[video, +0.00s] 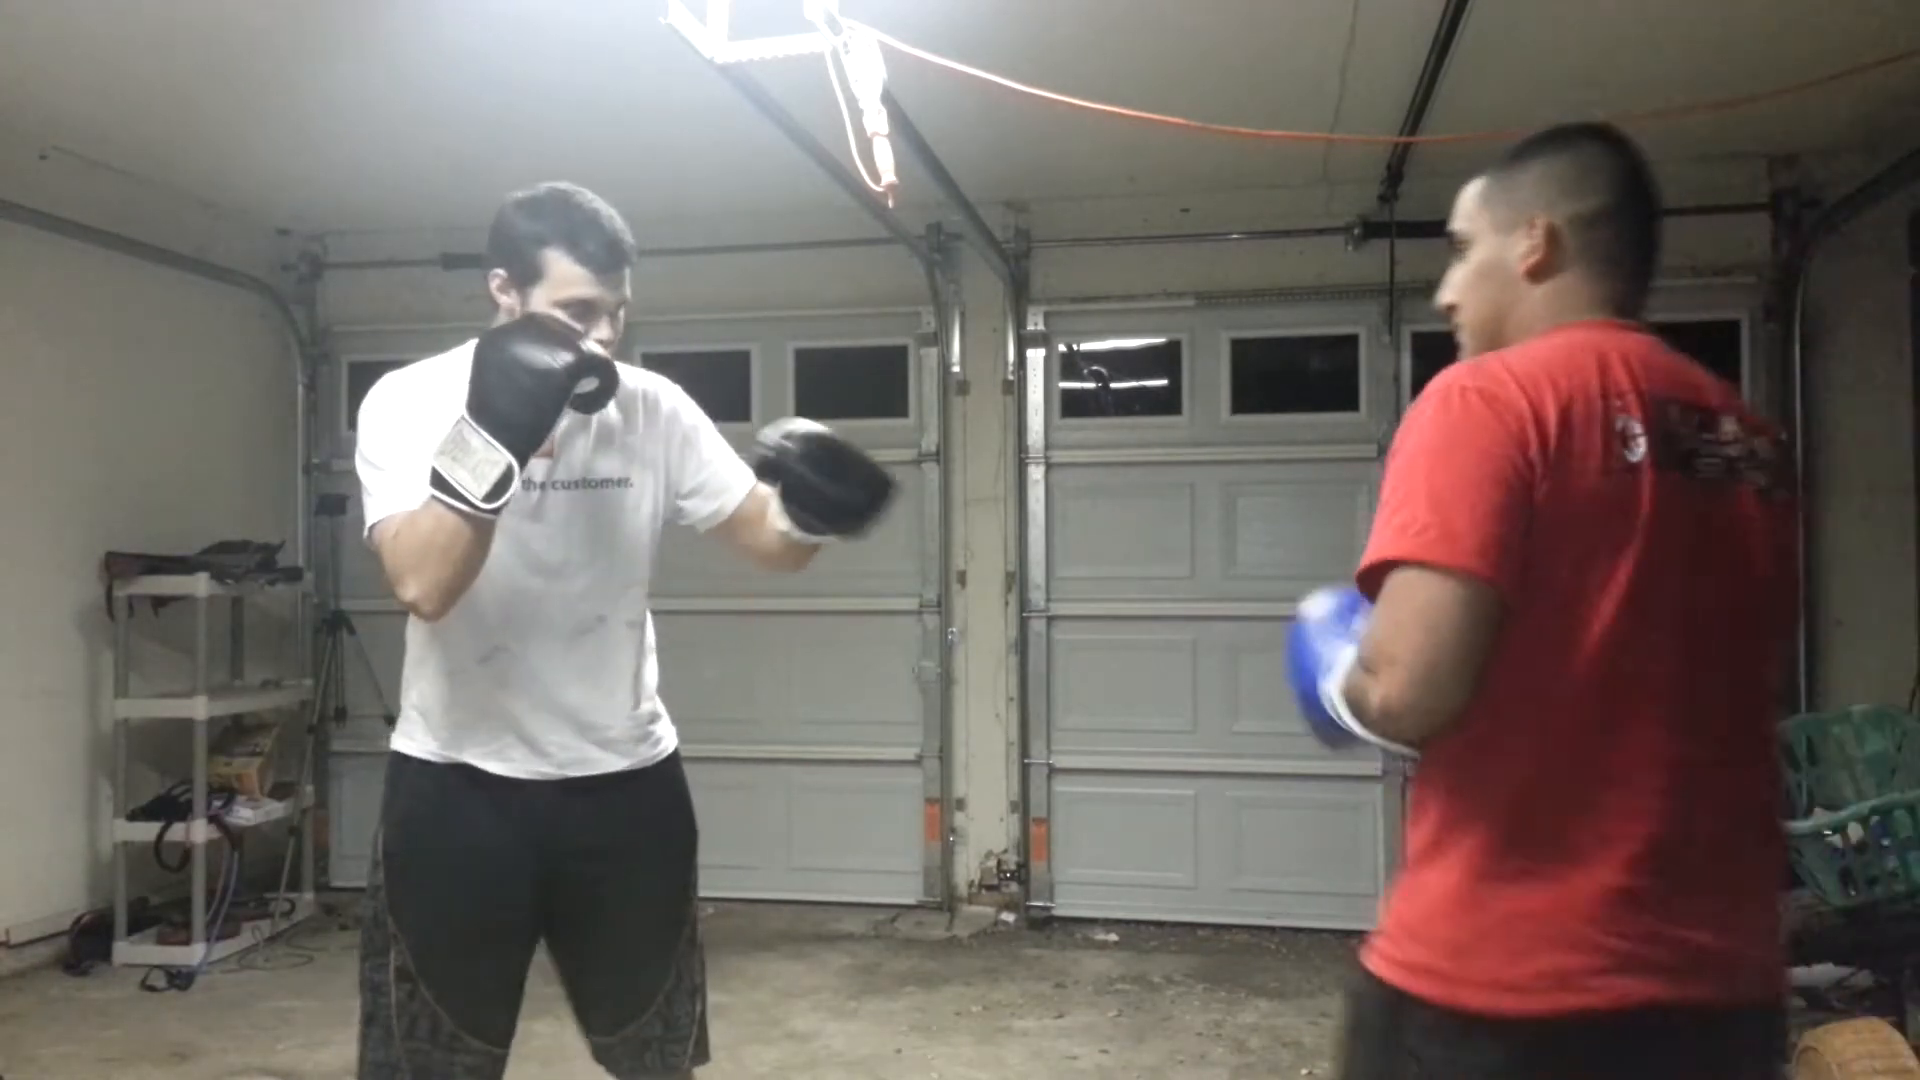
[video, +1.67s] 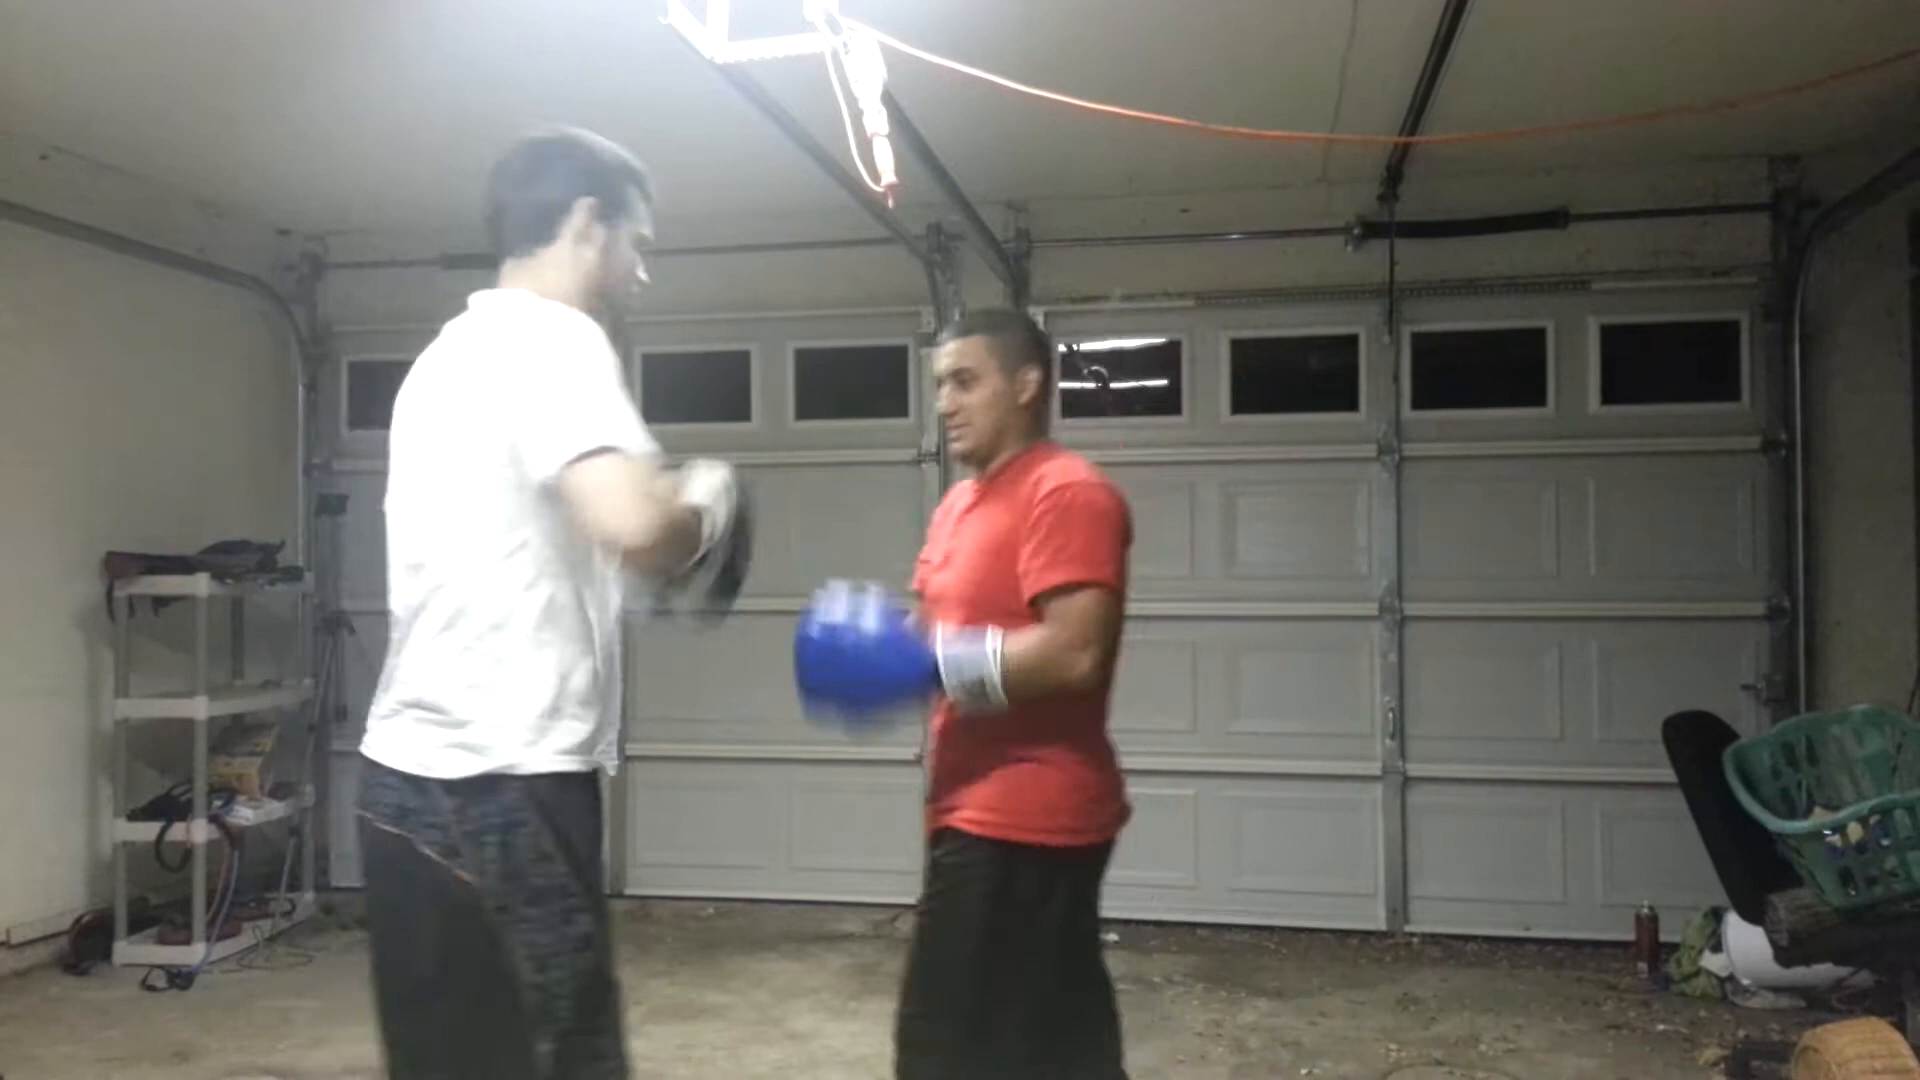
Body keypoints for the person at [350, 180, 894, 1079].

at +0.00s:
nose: (601, 337)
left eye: (615, 313)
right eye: (578, 312)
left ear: (628, 306)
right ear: (502, 297)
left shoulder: (655, 408)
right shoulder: (410, 402)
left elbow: (772, 543)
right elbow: (422, 585)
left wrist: (809, 511)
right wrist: (494, 432)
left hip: (626, 789)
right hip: (457, 792)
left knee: (659, 1060)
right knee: (432, 1063)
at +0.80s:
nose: (554, 303)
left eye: (560, 279)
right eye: (527, 274)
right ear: (442, 262)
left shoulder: (563, 396)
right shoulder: (312, 385)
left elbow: (731, 464)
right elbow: (359, 558)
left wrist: (898, 466)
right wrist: (459, 399)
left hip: (543, 808)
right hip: (360, 811)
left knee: (596, 1064)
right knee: (341, 1067)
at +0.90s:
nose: (541, 288)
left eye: (545, 265)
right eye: (517, 260)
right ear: (430, 251)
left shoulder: (542, 371)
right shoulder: (303, 380)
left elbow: (683, 495)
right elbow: (350, 576)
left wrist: (841, 531)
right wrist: (496, 459)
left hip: (540, 803)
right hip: (363, 816)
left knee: (582, 1064)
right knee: (357, 1063)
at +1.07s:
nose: (551, 272)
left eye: (552, 250)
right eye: (528, 243)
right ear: (442, 242)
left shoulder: (539, 417)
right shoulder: (330, 382)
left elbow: (623, 582)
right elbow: (409, 599)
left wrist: (763, 656)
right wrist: (601, 641)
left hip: (519, 818)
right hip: (357, 815)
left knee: (516, 1065)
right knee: (354, 1065)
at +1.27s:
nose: (576, 255)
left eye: (573, 234)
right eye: (555, 228)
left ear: (487, 231)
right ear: (475, 226)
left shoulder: (517, 403)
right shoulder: (404, 361)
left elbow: (578, 572)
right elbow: (555, 564)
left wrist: (728, 621)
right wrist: (721, 629)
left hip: (503, 802)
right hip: (370, 800)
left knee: (507, 1062)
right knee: (359, 1062)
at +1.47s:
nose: (580, 251)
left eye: (577, 225)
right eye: (567, 219)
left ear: (487, 216)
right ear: (494, 209)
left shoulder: (423, 343)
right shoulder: (474, 337)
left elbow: (534, 558)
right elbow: (634, 520)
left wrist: (697, 600)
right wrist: (769, 547)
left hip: (392, 770)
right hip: (440, 776)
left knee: (377, 1060)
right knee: (485, 1053)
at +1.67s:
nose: (645, 273)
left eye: (647, 250)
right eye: (640, 244)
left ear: (548, 226)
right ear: (587, 222)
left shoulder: (445, 356)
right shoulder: (551, 339)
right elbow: (640, 531)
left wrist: (651, 520)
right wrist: (703, 501)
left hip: (422, 778)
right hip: (502, 787)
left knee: (447, 1062)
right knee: (566, 1059)